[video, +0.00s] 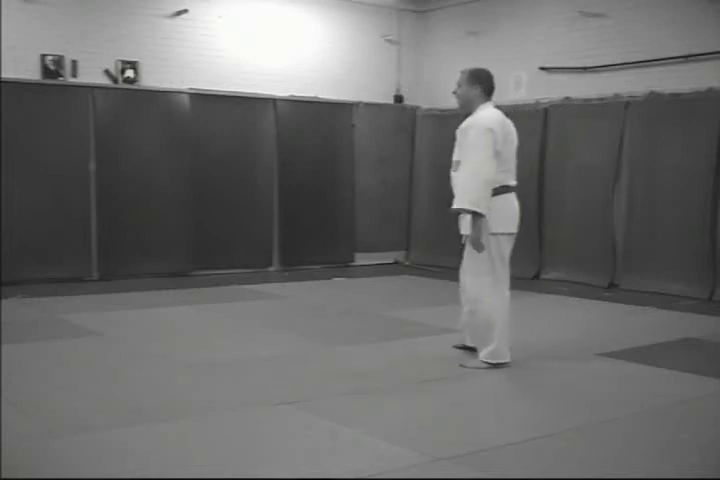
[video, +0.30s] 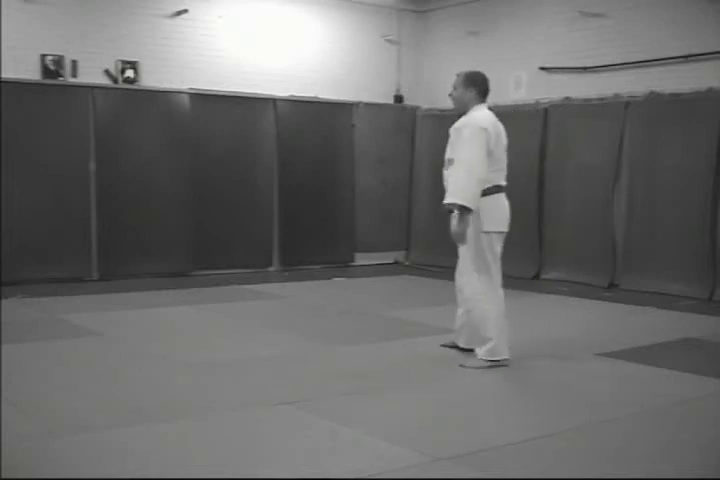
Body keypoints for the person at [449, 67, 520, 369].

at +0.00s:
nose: (454, 91)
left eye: (460, 86)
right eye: (456, 86)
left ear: (477, 90)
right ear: (481, 92)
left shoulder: (479, 124)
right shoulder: (499, 120)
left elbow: (478, 173)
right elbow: (493, 172)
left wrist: (475, 218)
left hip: (489, 210)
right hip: (502, 205)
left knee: (486, 281)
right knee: (475, 277)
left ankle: (495, 353)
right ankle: (475, 338)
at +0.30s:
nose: (451, 94)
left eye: (455, 89)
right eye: (452, 89)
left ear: (472, 92)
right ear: (478, 92)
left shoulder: (473, 124)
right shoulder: (488, 120)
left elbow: (469, 168)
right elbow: (476, 167)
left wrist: (460, 210)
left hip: (481, 207)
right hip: (488, 204)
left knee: (480, 279)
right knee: (468, 276)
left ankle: (493, 351)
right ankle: (467, 338)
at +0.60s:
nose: (448, 95)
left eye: (453, 90)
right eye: (449, 90)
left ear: (471, 93)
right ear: (473, 93)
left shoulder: (470, 122)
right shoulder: (480, 119)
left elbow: (462, 165)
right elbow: (469, 166)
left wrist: (440, 204)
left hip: (478, 208)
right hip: (477, 207)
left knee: (469, 278)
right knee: (465, 277)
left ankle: (487, 347)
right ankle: (465, 337)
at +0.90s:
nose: (445, 95)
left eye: (450, 90)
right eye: (445, 90)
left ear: (467, 93)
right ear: (470, 94)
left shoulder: (471, 126)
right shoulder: (478, 122)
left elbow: (465, 172)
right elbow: (468, 172)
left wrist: (441, 212)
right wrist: (449, 211)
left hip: (476, 210)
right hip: (479, 208)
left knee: (465, 281)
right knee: (468, 280)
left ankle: (467, 349)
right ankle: (464, 339)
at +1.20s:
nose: (440, 93)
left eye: (445, 87)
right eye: (442, 87)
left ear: (463, 91)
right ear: (466, 92)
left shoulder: (468, 124)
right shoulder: (477, 120)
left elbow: (468, 173)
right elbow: (472, 172)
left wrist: (464, 218)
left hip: (471, 211)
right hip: (478, 207)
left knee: (463, 283)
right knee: (467, 281)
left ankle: (467, 351)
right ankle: (463, 340)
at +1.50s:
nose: (439, 94)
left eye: (444, 88)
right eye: (440, 88)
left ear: (461, 92)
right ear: (467, 93)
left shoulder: (464, 125)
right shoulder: (487, 122)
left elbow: (455, 171)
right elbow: (485, 171)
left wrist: (444, 216)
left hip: (472, 209)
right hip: (489, 206)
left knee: (462, 282)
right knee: (473, 280)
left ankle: (467, 352)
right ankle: (466, 340)